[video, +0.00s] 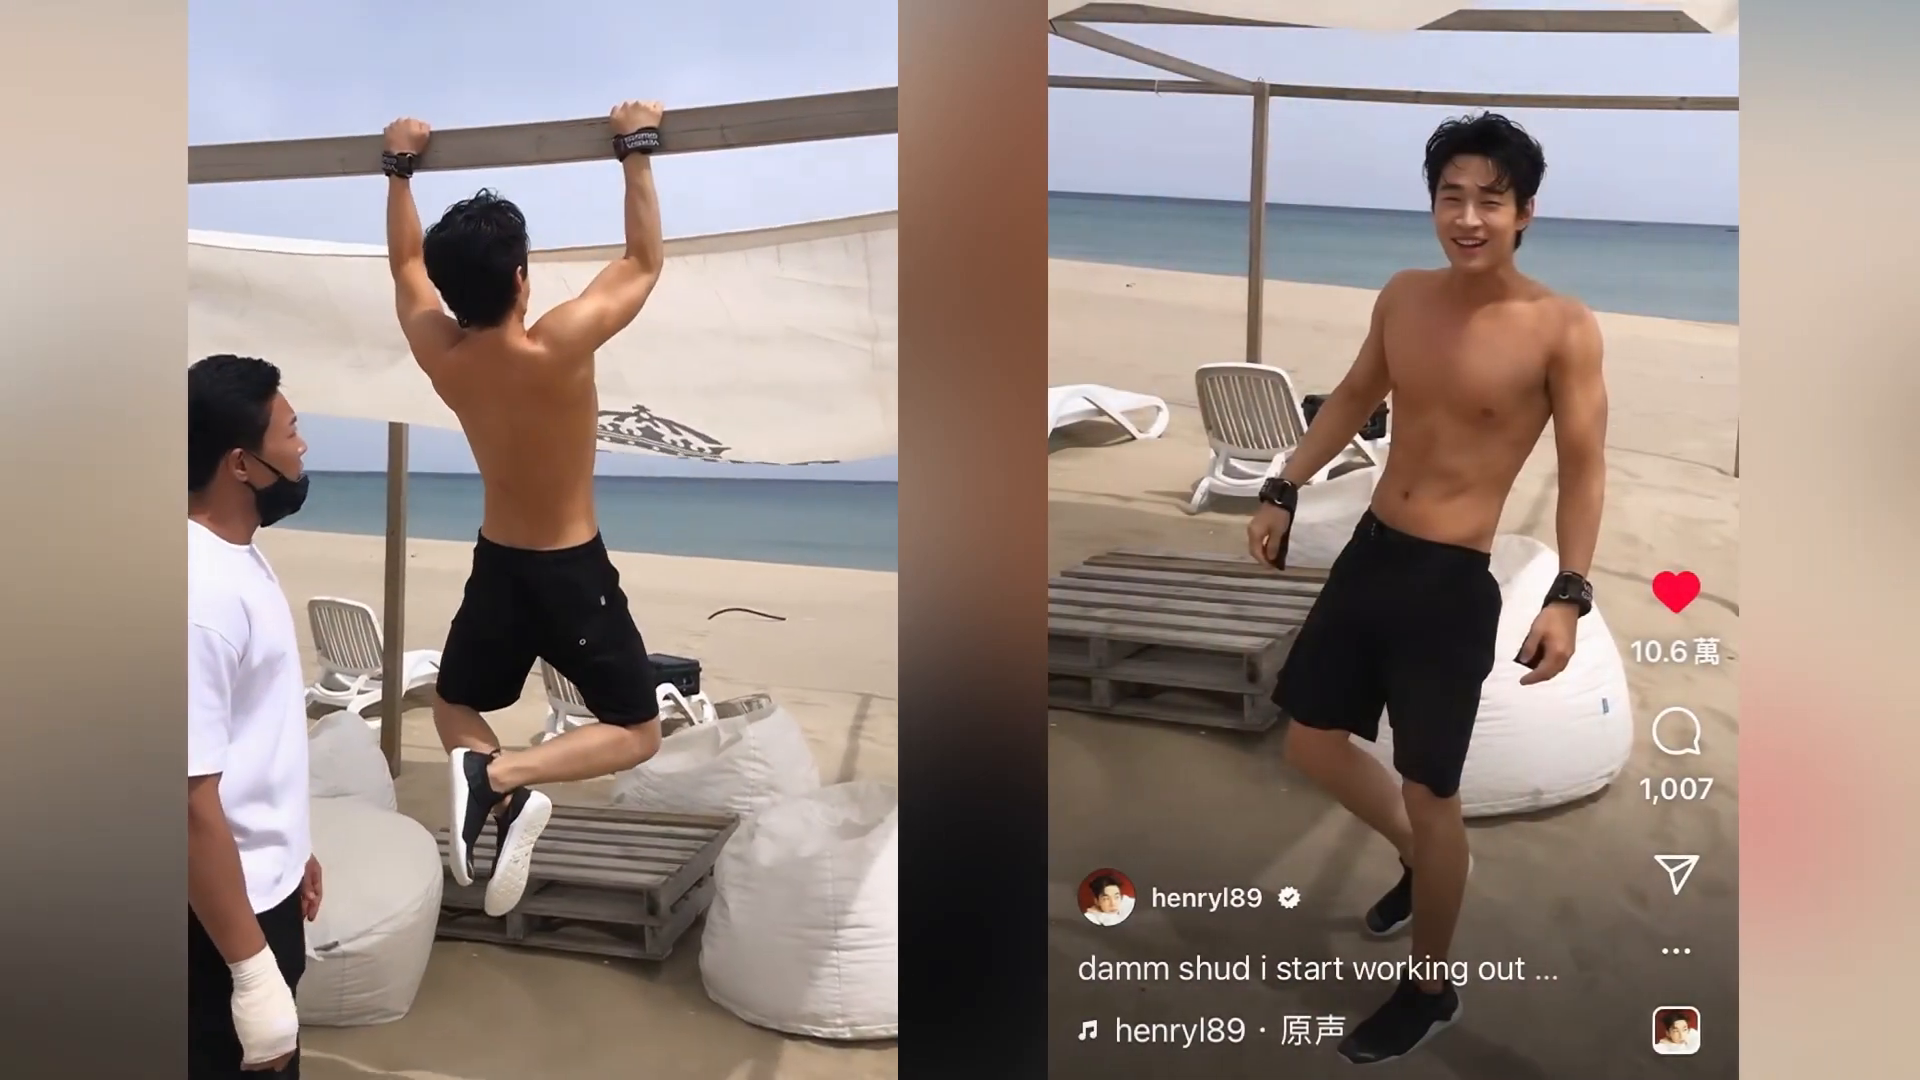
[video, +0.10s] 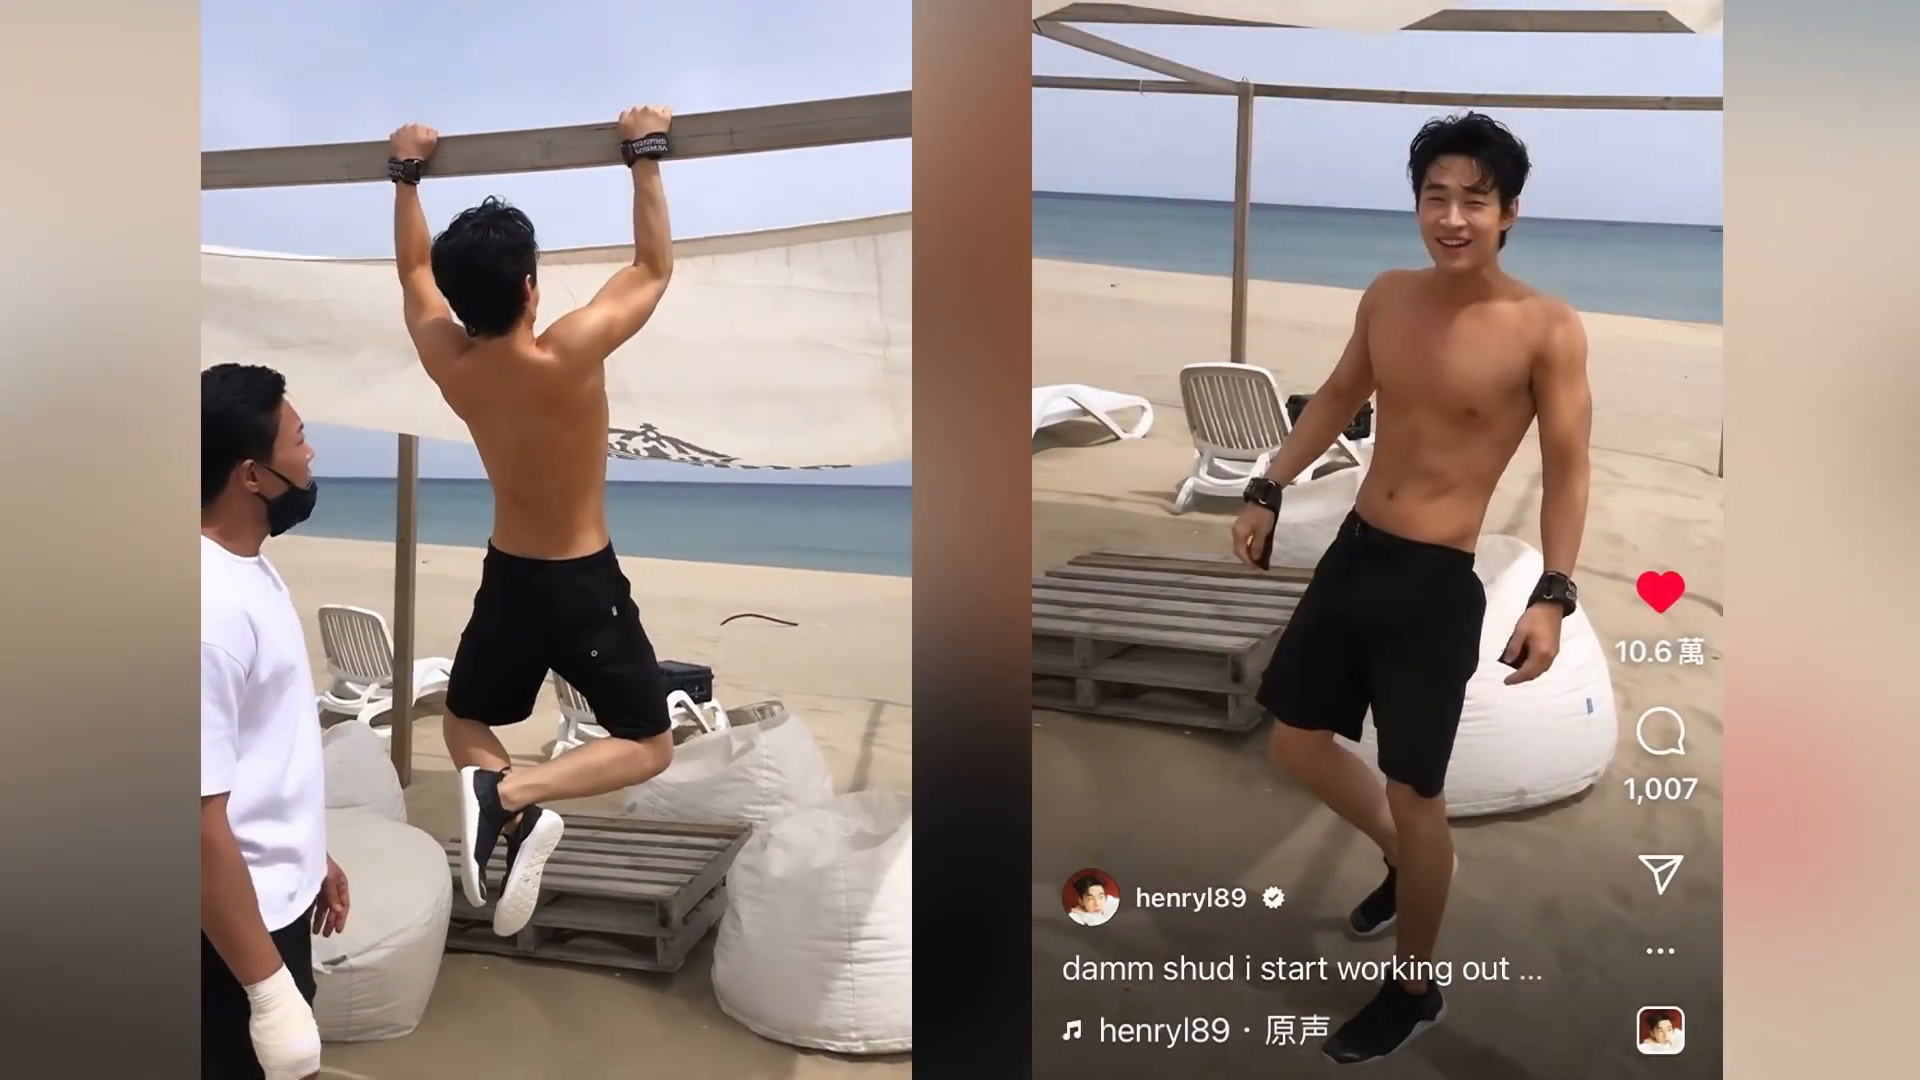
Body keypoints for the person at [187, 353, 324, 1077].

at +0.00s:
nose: (303, 445)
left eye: (295, 428)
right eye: (290, 432)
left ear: (239, 462)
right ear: (241, 463)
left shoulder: (240, 557)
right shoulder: (199, 600)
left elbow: (249, 736)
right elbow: (194, 809)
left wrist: (291, 850)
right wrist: (254, 974)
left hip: (264, 904)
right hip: (223, 928)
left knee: (269, 1063)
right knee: (232, 1071)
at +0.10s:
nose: (311, 453)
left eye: (303, 436)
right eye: (298, 441)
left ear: (249, 473)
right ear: (251, 474)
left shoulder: (251, 568)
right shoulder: (205, 617)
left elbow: (256, 752)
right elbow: (200, 831)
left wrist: (307, 853)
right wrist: (271, 991)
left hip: (276, 925)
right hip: (233, 946)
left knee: (279, 1064)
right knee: (246, 1070)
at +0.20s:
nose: (307, 454)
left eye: (300, 439)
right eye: (296, 444)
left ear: (249, 479)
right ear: (253, 479)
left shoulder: (253, 582)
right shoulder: (206, 619)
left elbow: (256, 764)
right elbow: (199, 839)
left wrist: (313, 864)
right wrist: (270, 1013)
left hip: (280, 945)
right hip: (237, 968)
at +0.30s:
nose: (300, 460)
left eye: (292, 445)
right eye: (289, 451)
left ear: (243, 488)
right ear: (247, 486)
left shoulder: (246, 592)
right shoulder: (202, 632)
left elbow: (254, 773)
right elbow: (195, 853)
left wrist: (314, 873)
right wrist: (262, 1040)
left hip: (273, 959)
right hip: (233, 984)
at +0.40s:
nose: (294, 470)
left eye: (288, 452)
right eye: (285, 456)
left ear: (237, 489)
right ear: (241, 488)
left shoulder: (237, 599)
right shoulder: (199, 645)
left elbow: (243, 786)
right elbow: (191, 871)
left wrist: (306, 881)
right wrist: (245, 1057)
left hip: (264, 976)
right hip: (228, 1002)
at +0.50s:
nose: (283, 475)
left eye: (279, 457)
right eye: (275, 461)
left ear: (229, 497)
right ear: (232, 495)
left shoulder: (225, 608)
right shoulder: (193, 646)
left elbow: (228, 799)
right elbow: (182, 885)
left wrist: (288, 889)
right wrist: (220, 1055)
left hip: (248, 994)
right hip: (219, 1019)